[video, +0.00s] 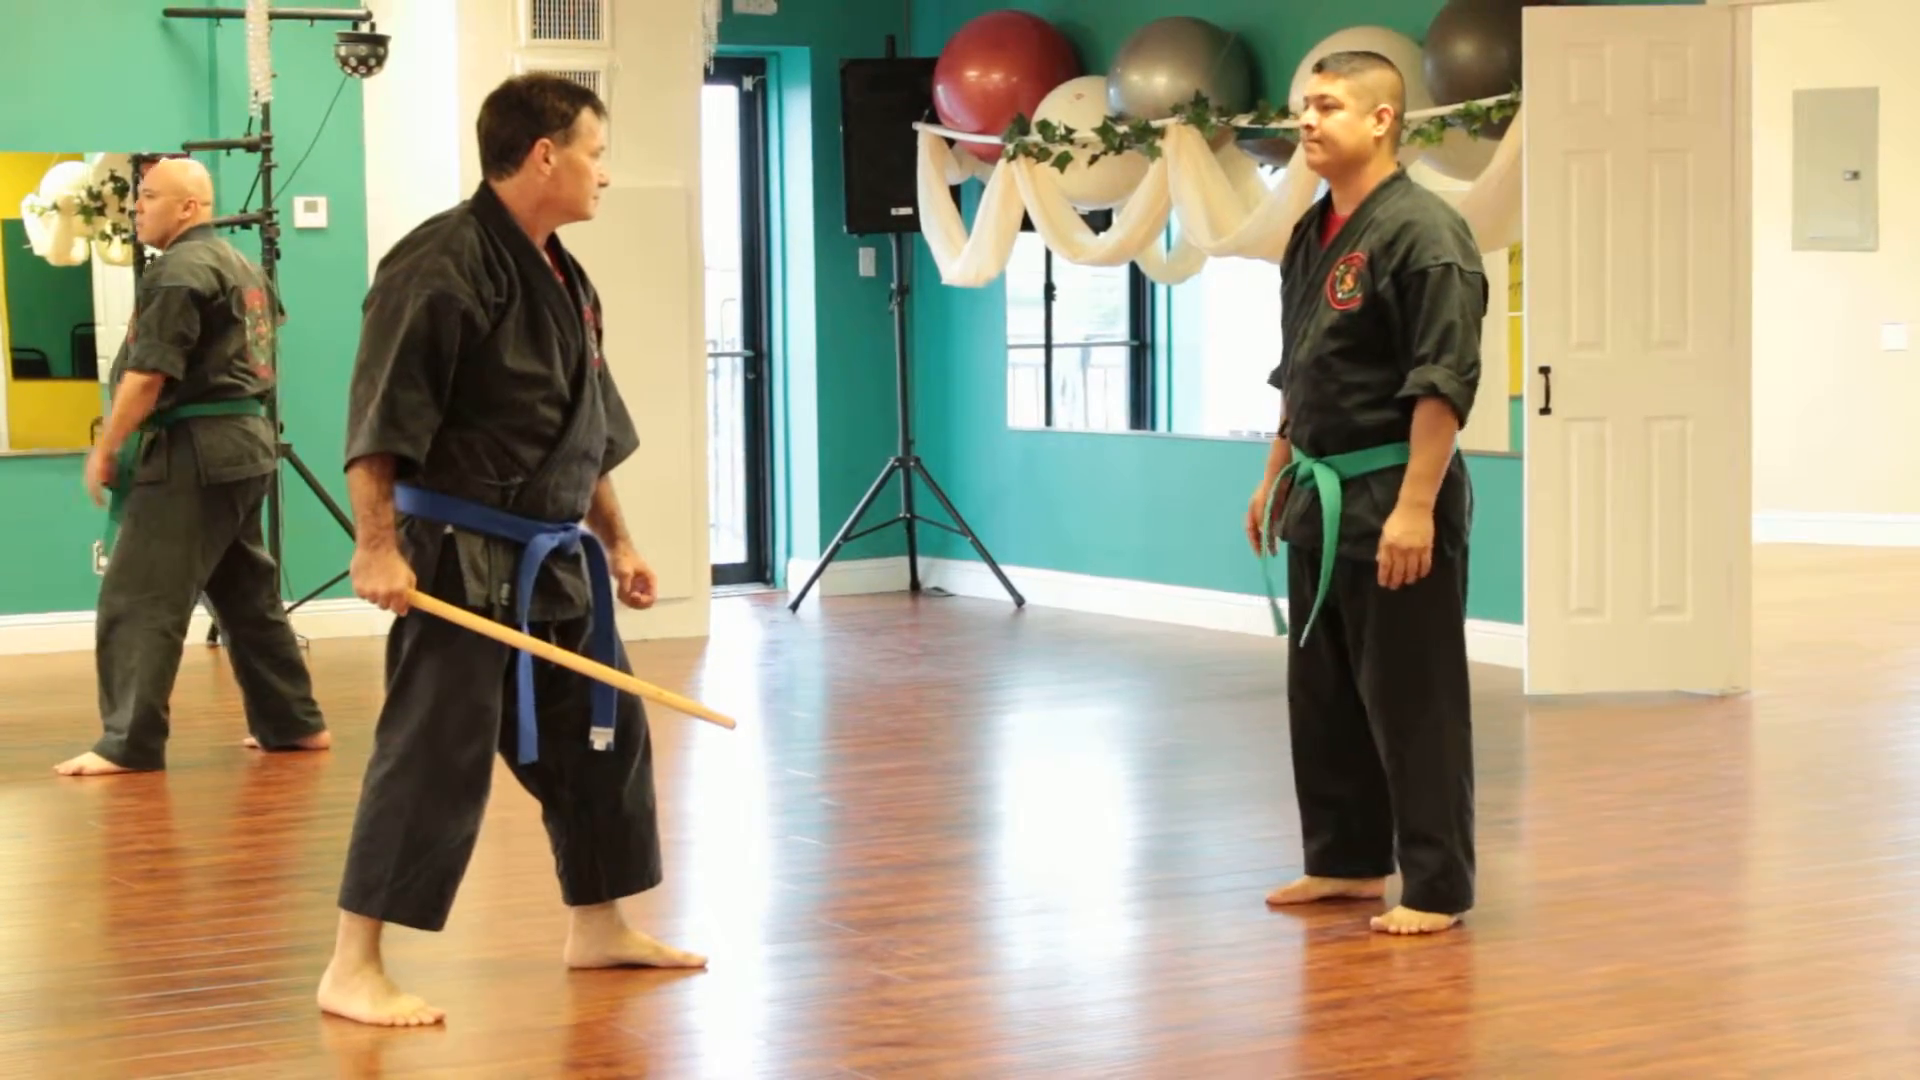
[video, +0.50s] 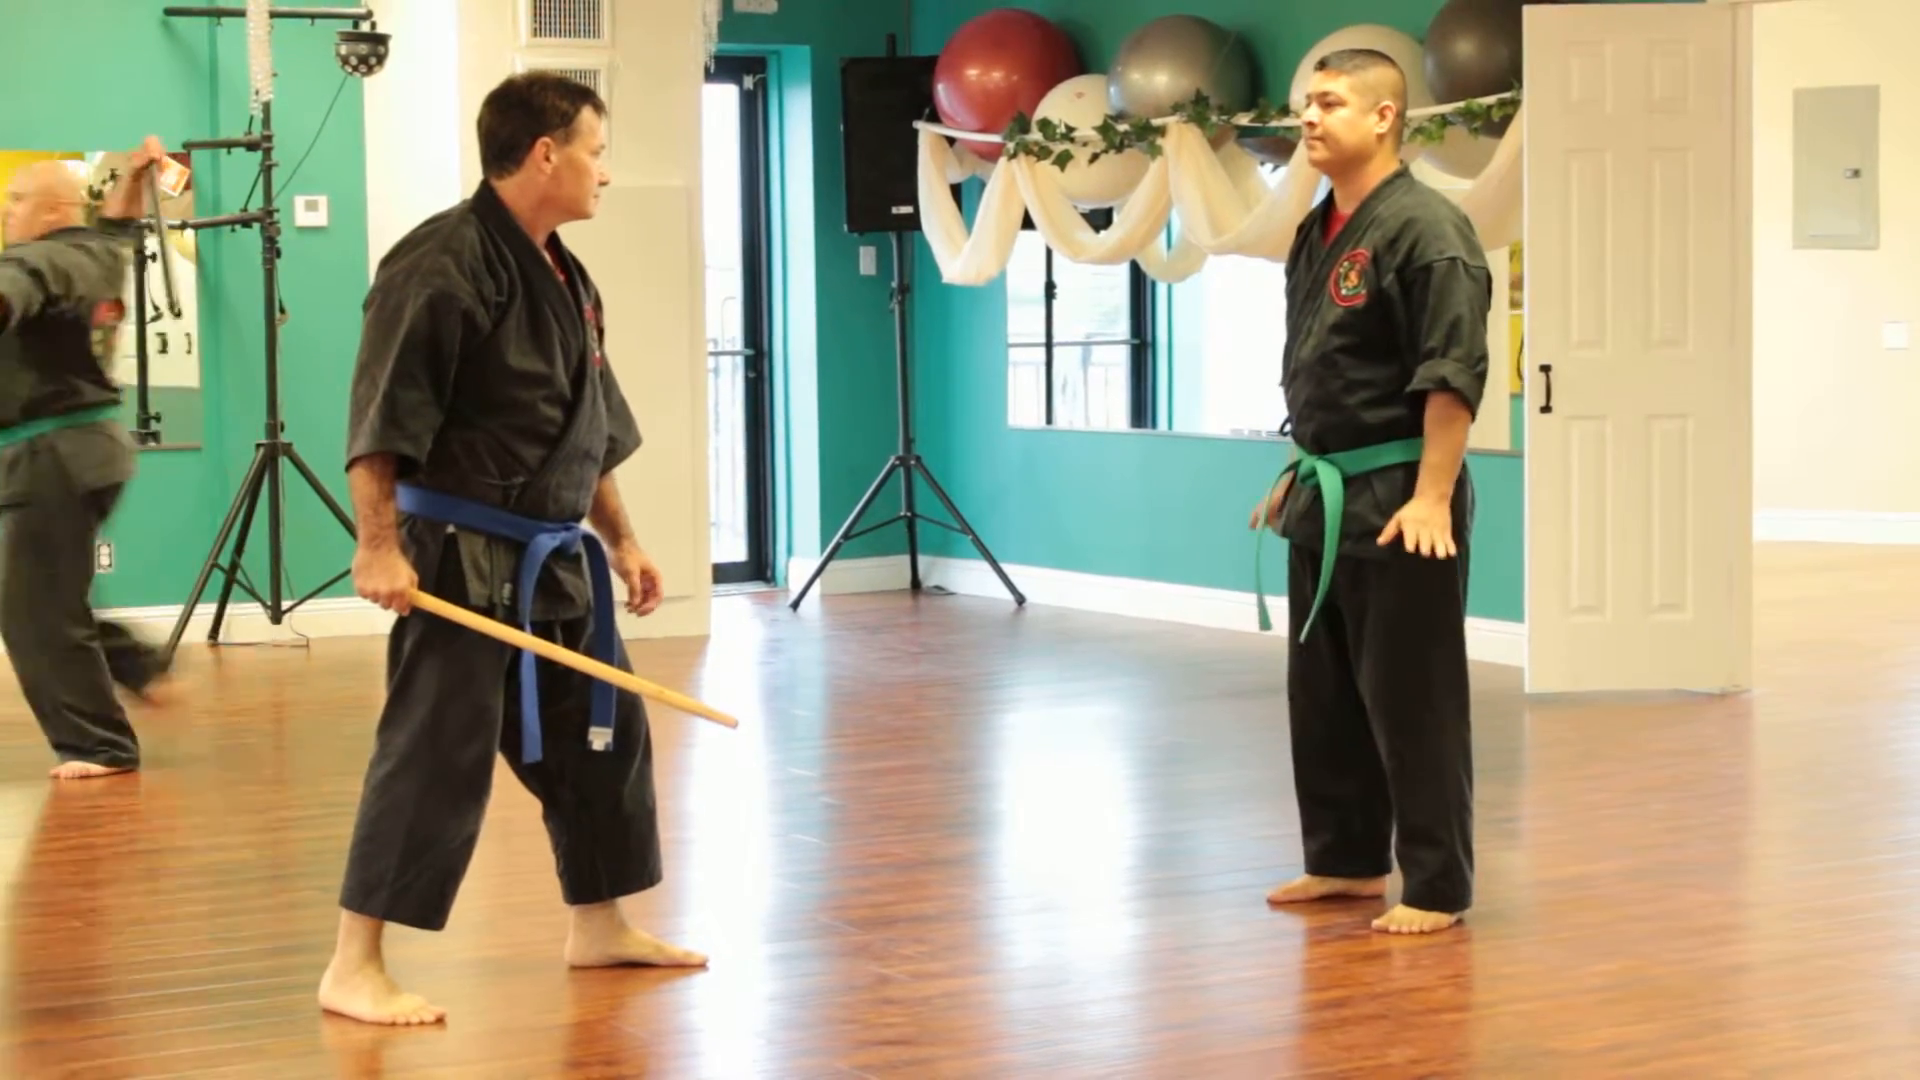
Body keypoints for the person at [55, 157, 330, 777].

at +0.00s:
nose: (136, 208)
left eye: (147, 197)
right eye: (139, 197)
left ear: (187, 206)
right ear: (195, 209)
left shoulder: (178, 271)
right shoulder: (238, 263)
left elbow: (147, 376)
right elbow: (251, 359)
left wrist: (105, 447)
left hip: (194, 447)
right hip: (245, 441)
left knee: (141, 594)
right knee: (245, 591)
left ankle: (130, 744)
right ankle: (292, 723)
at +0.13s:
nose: (122, 211)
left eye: (134, 201)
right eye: (125, 200)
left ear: (174, 211)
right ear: (185, 212)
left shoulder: (157, 272)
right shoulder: (229, 267)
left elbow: (100, 359)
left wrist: (39, 418)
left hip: (182, 451)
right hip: (240, 444)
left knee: (118, 589)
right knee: (232, 586)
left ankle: (126, 742)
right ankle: (290, 722)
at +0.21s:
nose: (106, 221)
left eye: (116, 211)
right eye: (109, 210)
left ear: (154, 220)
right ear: (167, 221)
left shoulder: (136, 274)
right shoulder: (210, 273)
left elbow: (47, 341)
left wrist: (8, 371)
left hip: (172, 457)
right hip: (234, 450)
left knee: (97, 586)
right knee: (219, 586)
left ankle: (112, 742)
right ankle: (290, 723)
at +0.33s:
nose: (68, 220)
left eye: (81, 210)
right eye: (72, 208)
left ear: (117, 221)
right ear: (136, 221)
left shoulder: (92, 269)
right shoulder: (172, 267)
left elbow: (12, 304)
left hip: (132, 459)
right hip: (186, 449)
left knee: (63, 595)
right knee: (205, 585)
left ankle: (99, 745)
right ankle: (285, 712)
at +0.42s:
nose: (36, 217)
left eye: (46, 206)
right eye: (39, 207)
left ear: (86, 209)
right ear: (100, 211)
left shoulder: (64, 264)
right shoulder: (139, 255)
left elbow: (13, 290)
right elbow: (154, 233)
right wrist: (151, 176)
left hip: (81, 457)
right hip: (140, 448)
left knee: (46, 605)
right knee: (140, 583)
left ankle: (98, 744)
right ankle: (245, 685)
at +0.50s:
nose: (6, 209)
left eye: (17, 199)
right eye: (10, 198)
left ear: (49, 208)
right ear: (63, 210)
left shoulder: (42, 259)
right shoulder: (95, 252)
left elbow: (16, 285)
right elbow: (121, 230)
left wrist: (11, 286)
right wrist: (138, 175)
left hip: (53, 453)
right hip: (75, 447)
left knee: (36, 608)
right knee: (41, 596)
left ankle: (99, 745)